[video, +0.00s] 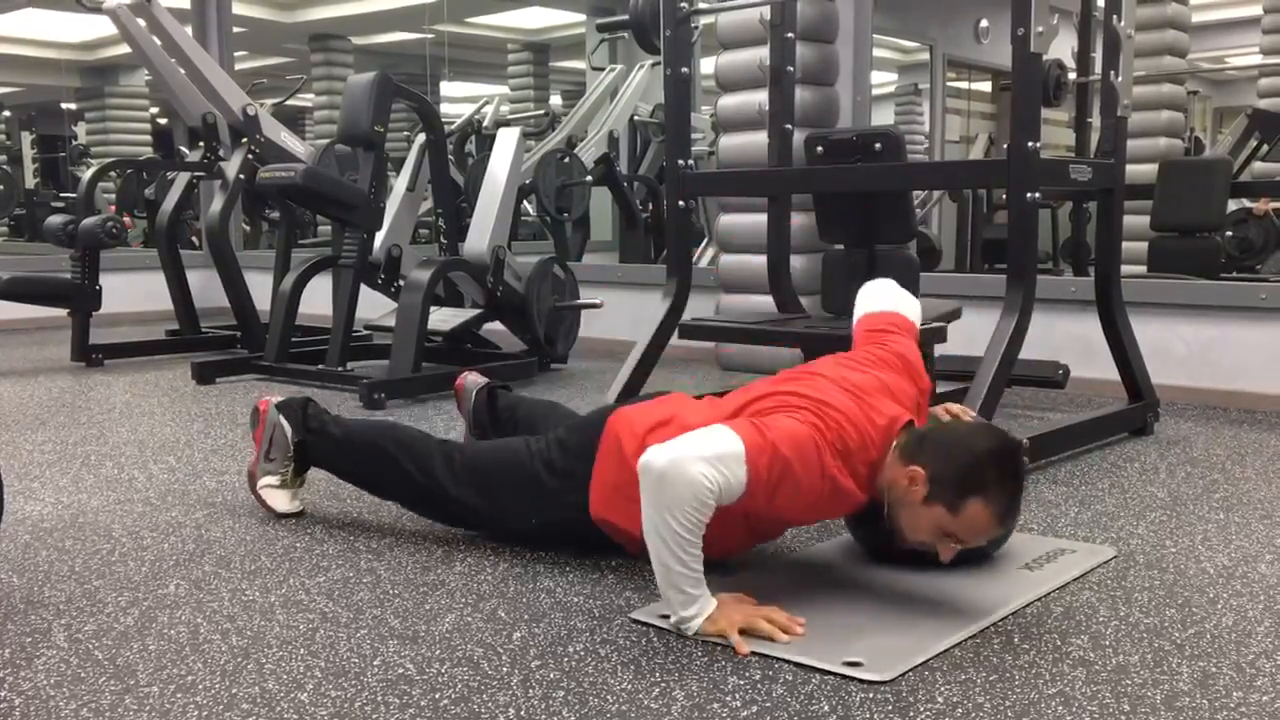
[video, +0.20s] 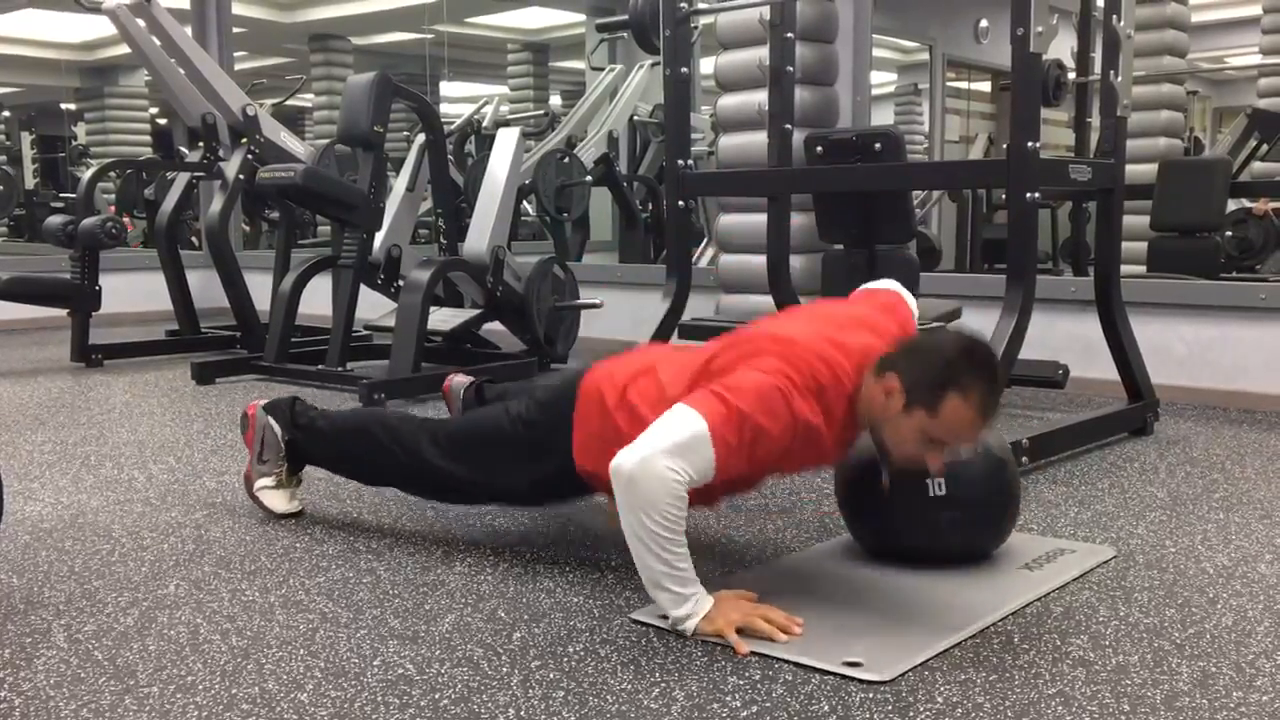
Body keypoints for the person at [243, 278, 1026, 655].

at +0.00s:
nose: (938, 552)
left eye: (958, 548)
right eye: (944, 538)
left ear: (946, 443)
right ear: (914, 479)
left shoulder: (899, 382)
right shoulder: (811, 458)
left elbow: (883, 288)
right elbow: (674, 476)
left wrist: (890, 428)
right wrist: (693, 604)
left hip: (661, 420)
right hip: (607, 471)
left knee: (567, 429)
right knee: (451, 475)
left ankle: (489, 399)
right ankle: (298, 425)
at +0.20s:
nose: (937, 463)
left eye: (955, 451)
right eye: (938, 445)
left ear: (927, 374)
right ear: (894, 398)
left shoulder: (887, 324)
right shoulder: (779, 406)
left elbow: (892, 285)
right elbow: (647, 474)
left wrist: (878, 413)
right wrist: (688, 605)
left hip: (646, 368)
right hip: (593, 424)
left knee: (525, 394)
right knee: (435, 454)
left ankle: (470, 387)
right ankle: (285, 429)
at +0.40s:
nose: (903, 281)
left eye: (917, 265)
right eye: (897, 259)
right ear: (842, 223)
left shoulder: (853, 236)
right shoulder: (745, 265)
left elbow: (865, 317)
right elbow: (684, 441)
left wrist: (860, 400)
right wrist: (693, 600)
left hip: (609, 330)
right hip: (555, 307)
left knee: (508, 388)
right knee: (425, 402)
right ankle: (270, 428)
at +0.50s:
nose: (893, 195)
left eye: (907, 180)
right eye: (886, 171)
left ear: (893, 162)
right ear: (832, 133)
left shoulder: (843, 184)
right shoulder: (743, 185)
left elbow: (844, 294)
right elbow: (709, 372)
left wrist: (816, 365)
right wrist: (742, 543)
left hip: (615, 301)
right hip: (561, 272)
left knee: (519, 376)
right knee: (430, 379)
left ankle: (463, 418)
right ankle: (275, 428)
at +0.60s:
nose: (904, 178)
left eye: (917, 164)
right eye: (899, 156)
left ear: (866, 130)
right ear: (844, 120)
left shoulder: (846, 170)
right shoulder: (753, 163)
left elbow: (842, 278)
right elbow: (668, 301)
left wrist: (819, 311)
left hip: (615, 306)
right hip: (558, 272)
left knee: (519, 379)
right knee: (432, 373)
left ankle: (461, 415)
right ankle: (278, 428)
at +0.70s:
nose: (922, 225)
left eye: (934, 211)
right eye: (917, 203)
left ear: (901, 182)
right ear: (865, 163)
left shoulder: (865, 217)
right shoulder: (768, 183)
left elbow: (873, 308)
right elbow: (651, 282)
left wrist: (882, 379)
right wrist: (766, 393)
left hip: (630, 325)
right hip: (566, 291)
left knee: (533, 386)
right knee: (436, 379)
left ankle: (462, 420)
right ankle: (279, 427)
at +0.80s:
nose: (954, 323)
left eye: (967, 308)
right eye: (948, 302)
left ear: (938, 281)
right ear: (897, 266)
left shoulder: (904, 294)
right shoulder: (798, 268)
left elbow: (929, 393)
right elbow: (663, 311)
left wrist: (942, 502)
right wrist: (725, 443)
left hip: (632, 343)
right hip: (578, 338)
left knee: (510, 381)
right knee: (441, 397)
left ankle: (459, 428)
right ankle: (281, 426)